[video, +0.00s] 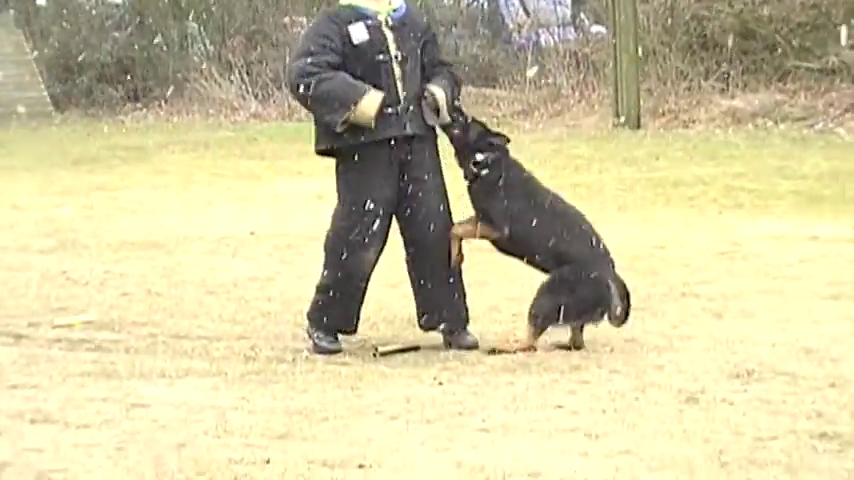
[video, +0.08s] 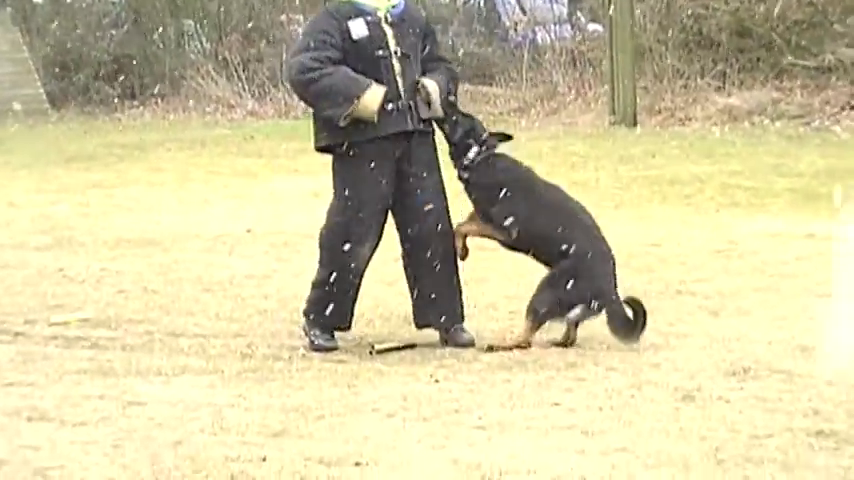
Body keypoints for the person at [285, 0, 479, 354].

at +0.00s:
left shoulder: (414, 24)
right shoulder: (335, 23)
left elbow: (441, 70)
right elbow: (307, 75)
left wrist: (440, 90)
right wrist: (358, 100)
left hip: (419, 147)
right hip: (367, 150)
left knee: (434, 232)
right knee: (357, 238)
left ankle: (453, 324)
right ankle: (324, 323)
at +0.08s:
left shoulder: (415, 19)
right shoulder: (335, 18)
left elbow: (441, 67)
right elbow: (306, 69)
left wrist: (435, 85)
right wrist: (362, 95)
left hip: (417, 143)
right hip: (364, 146)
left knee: (432, 230)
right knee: (353, 234)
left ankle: (449, 321)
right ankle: (321, 319)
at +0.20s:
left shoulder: (407, 22)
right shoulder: (323, 18)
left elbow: (438, 75)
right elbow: (298, 70)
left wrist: (422, 99)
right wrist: (353, 88)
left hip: (407, 143)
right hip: (353, 142)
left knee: (423, 231)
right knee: (345, 234)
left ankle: (438, 318)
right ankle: (312, 318)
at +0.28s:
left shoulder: (403, 19)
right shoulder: (315, 18)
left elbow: (431, 75)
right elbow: (288, 70)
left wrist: (411, 102)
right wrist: (336, 91)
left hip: (401, 145)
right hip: (347, 145)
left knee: (416, 232)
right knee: (336, 235)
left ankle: (432, 321)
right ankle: (304, 320)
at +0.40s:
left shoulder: (382, 23)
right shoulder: (293, 30)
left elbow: (413, 75)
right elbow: (267, 82)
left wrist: (395, 102)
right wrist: (312, 107)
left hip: (384, 150)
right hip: (331, 154)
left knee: (401, 237)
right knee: (325, 243)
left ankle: (420, 328)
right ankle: (293, 328)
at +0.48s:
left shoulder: (363, 32)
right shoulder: (276, 42)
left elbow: (399, 78)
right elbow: (253, 99)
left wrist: (389, 111)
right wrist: (296, 120)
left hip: (373, 160)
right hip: (321, 166)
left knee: (391, 247)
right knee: (316, 255)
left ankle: (410, 337)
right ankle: (289, 340)